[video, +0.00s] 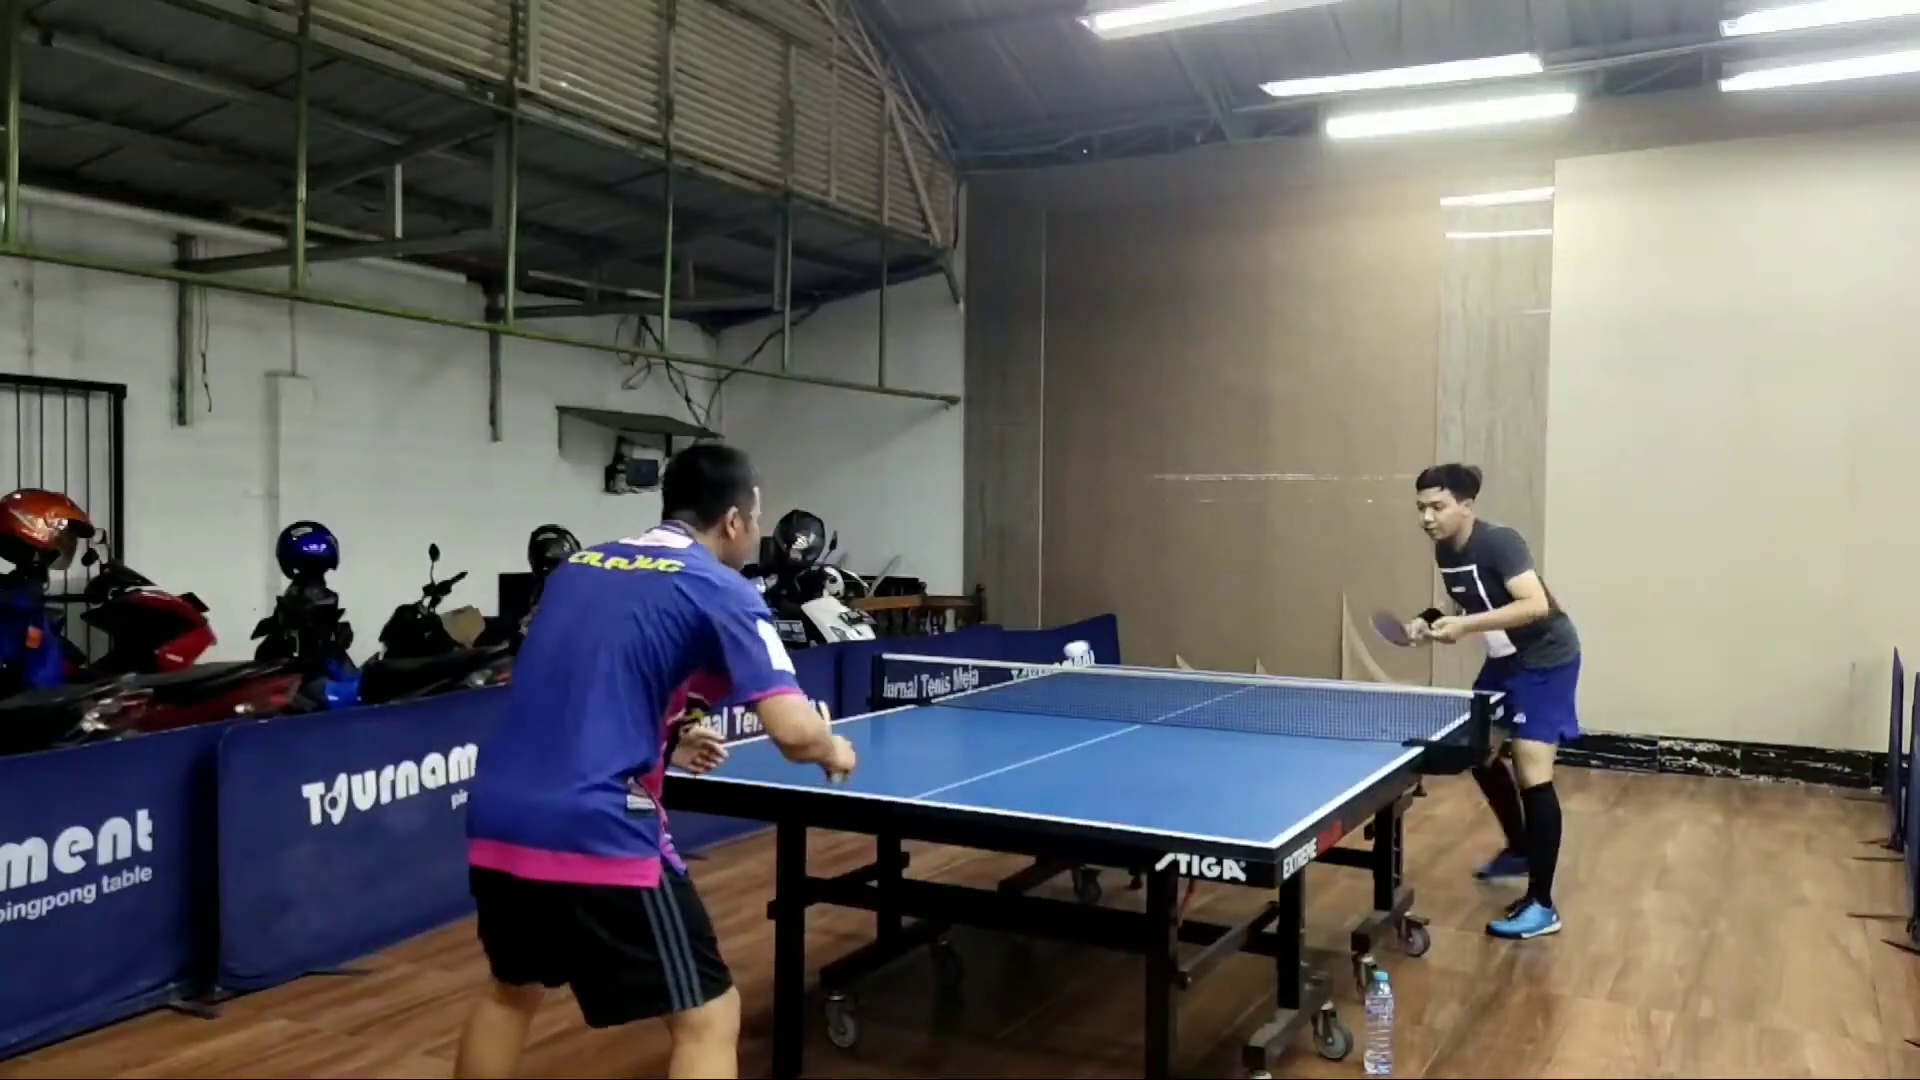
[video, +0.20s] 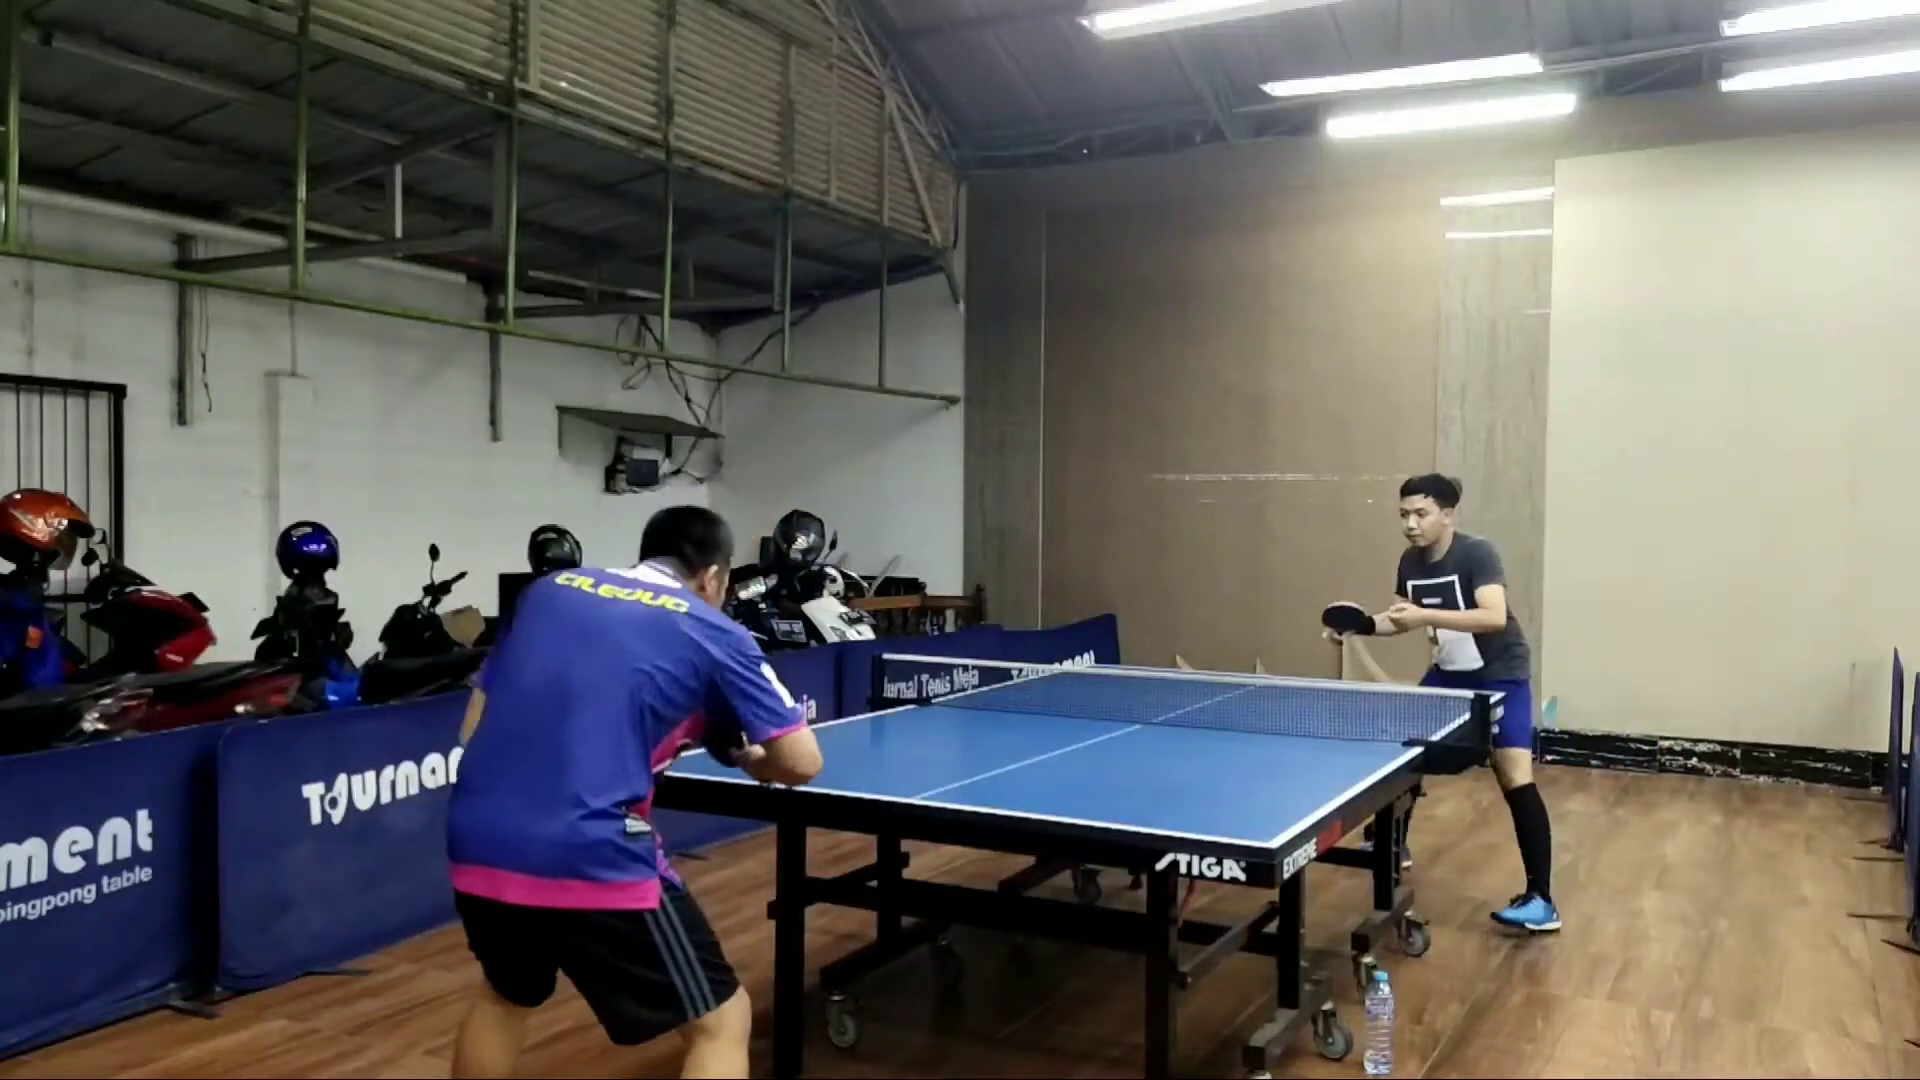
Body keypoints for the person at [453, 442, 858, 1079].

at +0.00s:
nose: (758, 535)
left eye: (760, 519)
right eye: (758, 519)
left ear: (671, 508)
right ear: (733, 521)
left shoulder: (582, 562)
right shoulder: (720, 586)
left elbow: (556, 691)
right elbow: (794, 731)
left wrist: (661, 736)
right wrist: (829, 748)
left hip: (495, 823)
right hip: (599, 831)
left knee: (511, 993)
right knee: (706, 1016)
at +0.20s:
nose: (726, 596)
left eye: (729, 583)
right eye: (727, 581)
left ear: (643, 558)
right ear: (710, 576)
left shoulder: (547, 590)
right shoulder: (713, 632)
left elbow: (475, 728)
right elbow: (802, 761)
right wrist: (750, 758)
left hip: (478, 849)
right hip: (593, 856)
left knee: (504, 994)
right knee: (719, 1016)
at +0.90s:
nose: (699, 526)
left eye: (701, 509)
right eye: (699, 508)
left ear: (607, 498)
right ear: (674, 512)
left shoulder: (502, 558)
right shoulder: (662, 596)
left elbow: (408, 691)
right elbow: (747, 753)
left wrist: (502, 744)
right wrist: (807, 780)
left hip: (403, 833)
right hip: (516, 850)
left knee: (423, 1004)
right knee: (610, 1045)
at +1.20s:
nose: (676, 582)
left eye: (679, 567)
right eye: (678, 566)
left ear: (592, 538)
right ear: (653, 559)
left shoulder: (484, 585)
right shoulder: (626, 641)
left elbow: (451, 718)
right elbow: (717, 789)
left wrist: (556, 766)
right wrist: (761, 768)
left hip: (353, 869)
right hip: (468, 888)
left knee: (365, 1032)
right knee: (619, 1051)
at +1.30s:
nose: (690, 597)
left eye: (694, 582)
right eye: (692, 582)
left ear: (605, 551)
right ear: (666, 576)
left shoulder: (494, 588)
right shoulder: (650, 648)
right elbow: (804, 749)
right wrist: (850, 729)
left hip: (354, 873)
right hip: (470, 896)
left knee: (361, 1036)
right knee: (631, 1054)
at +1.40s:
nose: (697, 584)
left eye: (697, 570)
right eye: (697, 569)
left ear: (603, 540)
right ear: (672, 560)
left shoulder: (492, 579)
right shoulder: (660, 630)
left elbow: (396, 690)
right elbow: (837, 693)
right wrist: (900, 687)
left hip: (357, 872)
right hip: (482, 894)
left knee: (349, 1042)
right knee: (630, 1056)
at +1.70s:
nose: (642, 545)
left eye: (643, 526)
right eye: (640, 526)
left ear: (544, 511)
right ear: (607, 526)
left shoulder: (437, 573)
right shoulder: (576, 599)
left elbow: (355, 687)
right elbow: (716, 684)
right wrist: (828, 665)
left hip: (323, 867)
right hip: (438, 880)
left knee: (313, 1047)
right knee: (587, 1053)